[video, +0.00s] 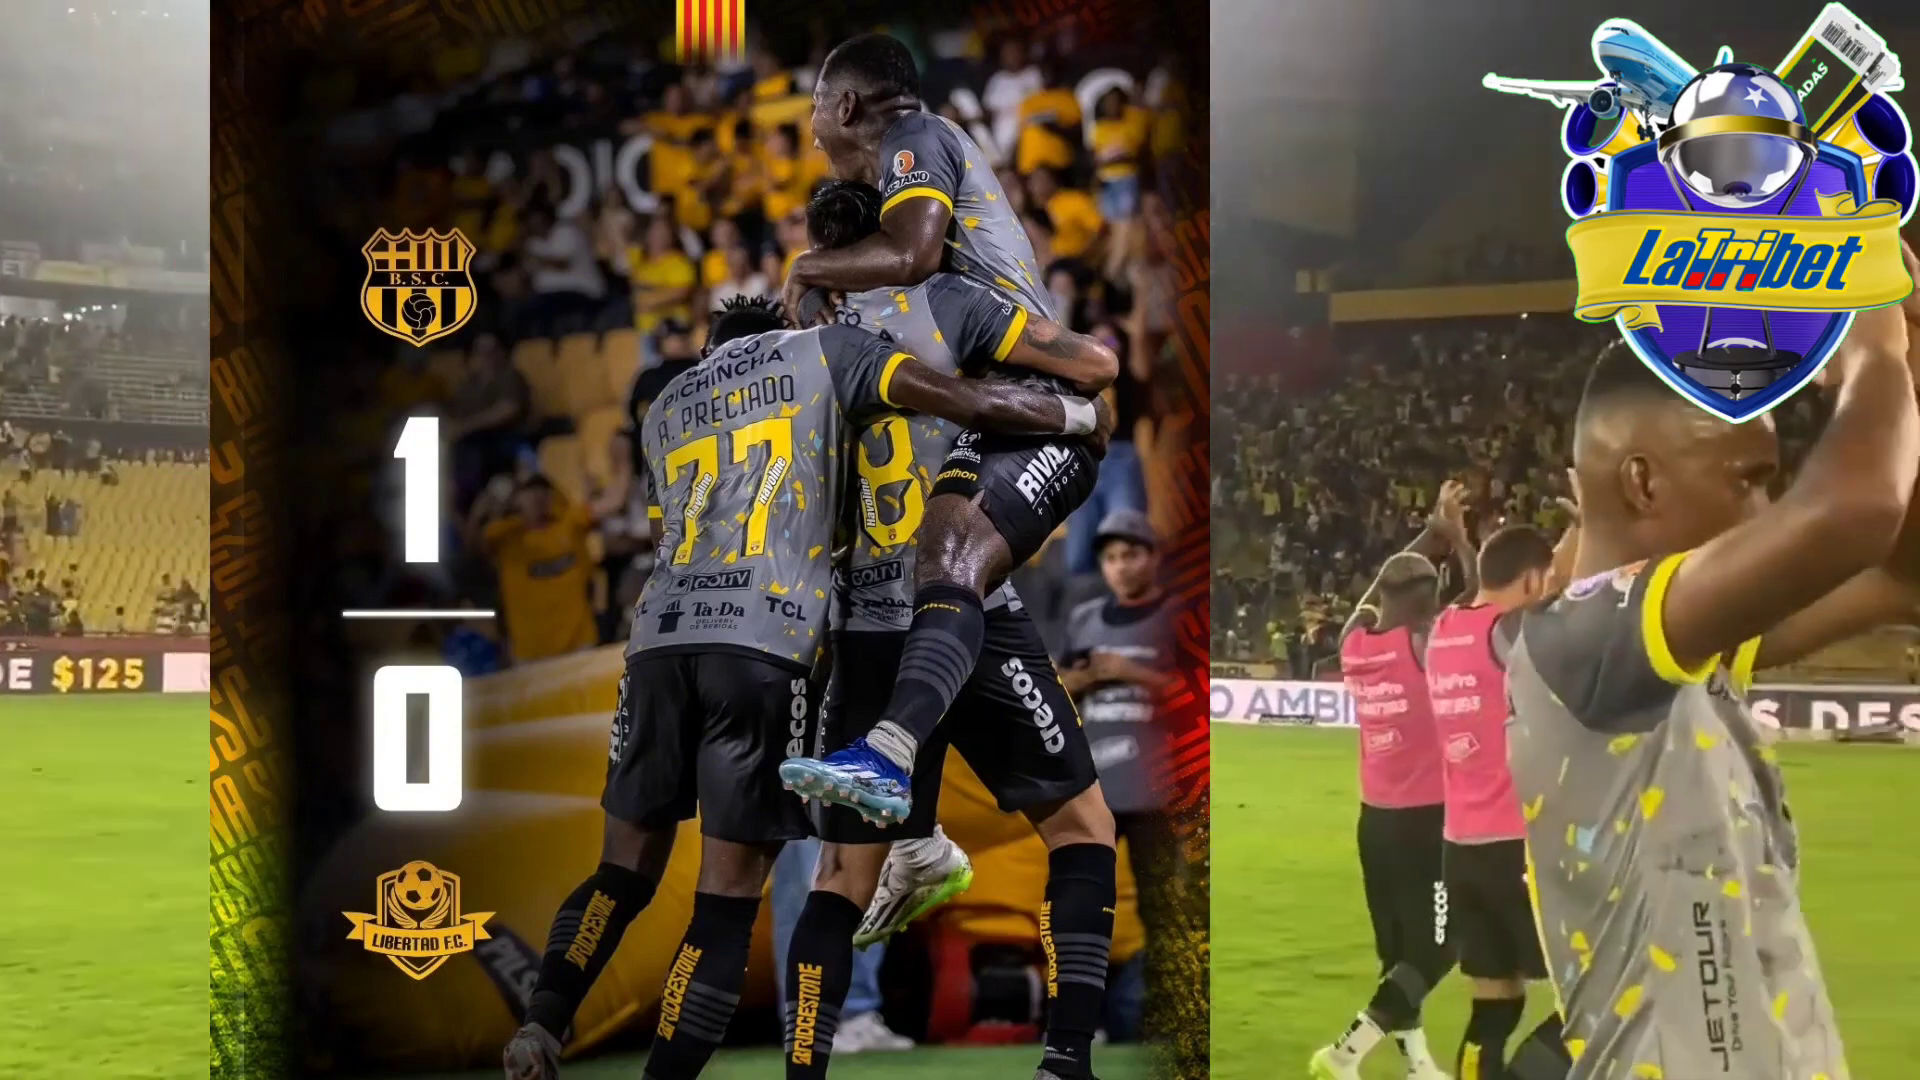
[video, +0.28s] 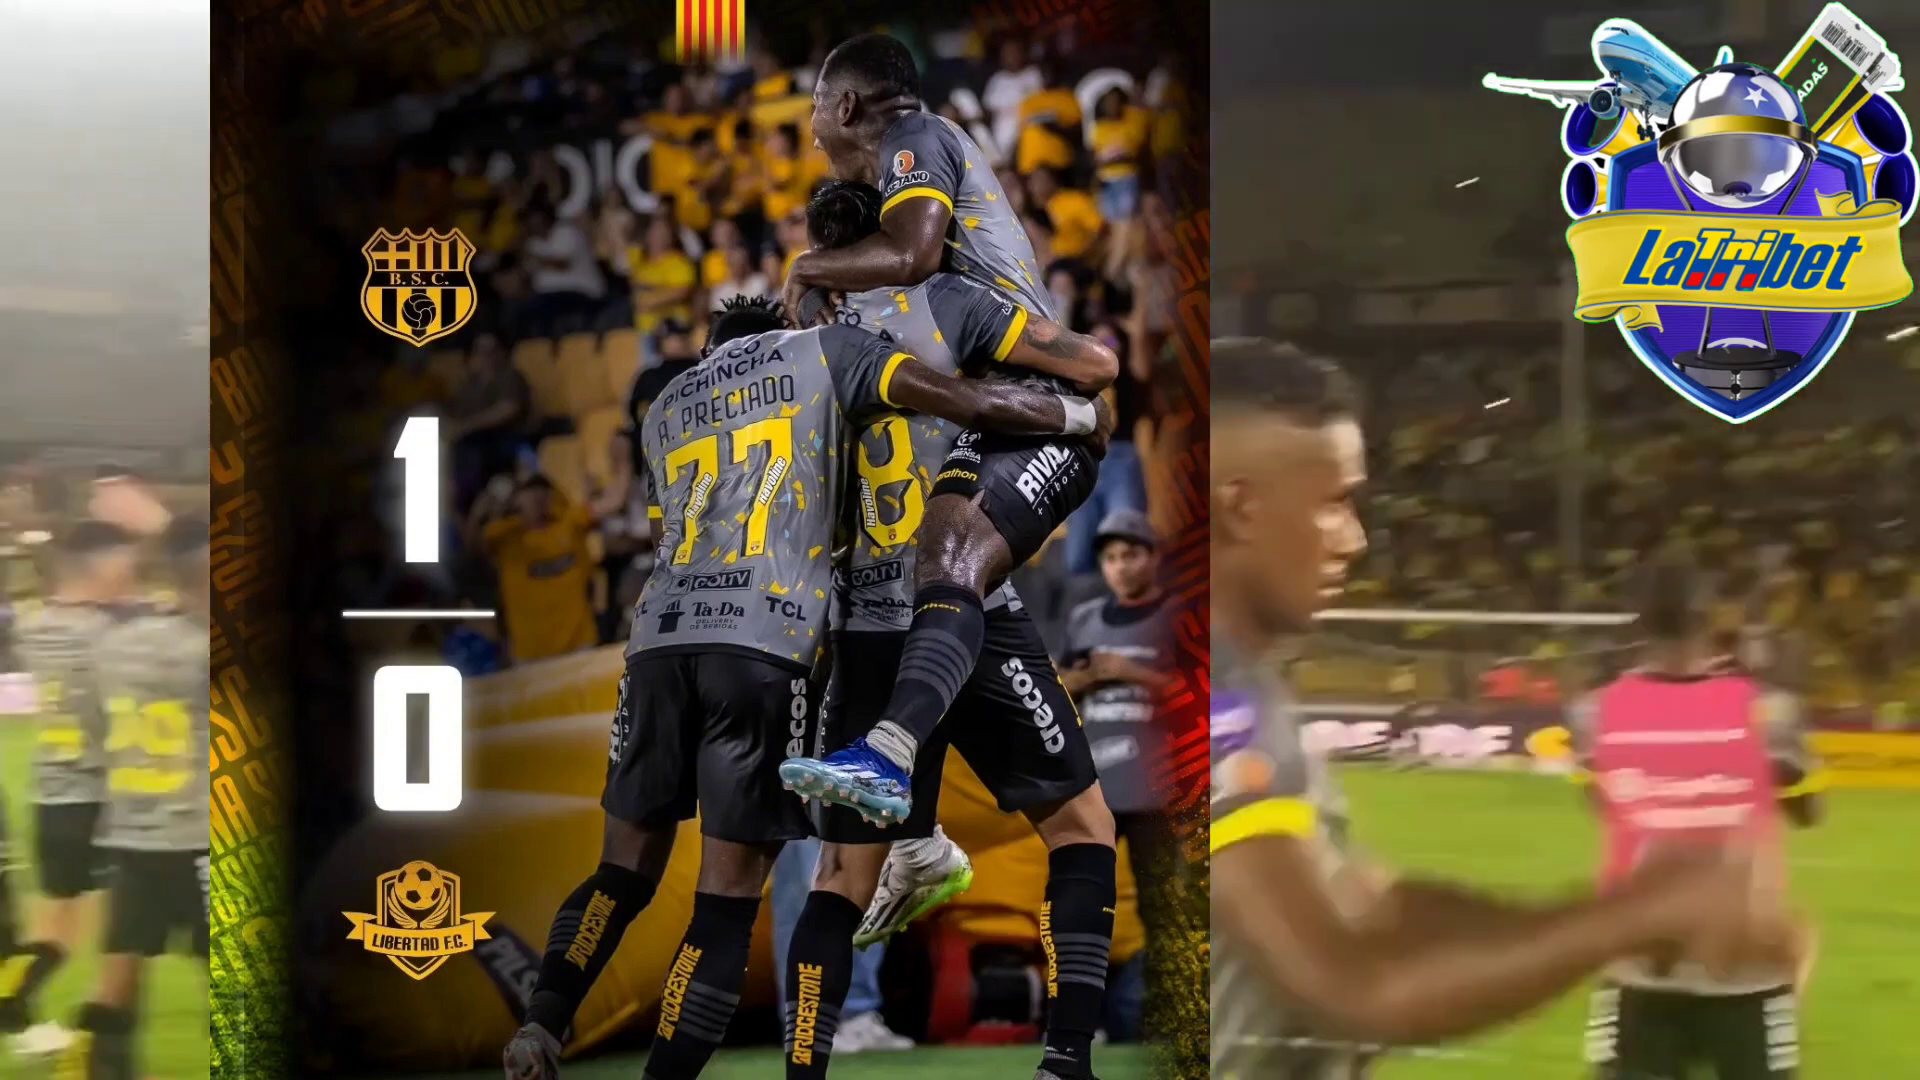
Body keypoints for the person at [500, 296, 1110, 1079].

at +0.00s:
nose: (828, 326)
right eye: (816, 319)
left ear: (709, 345)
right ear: (792, 324)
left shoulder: (661, 406)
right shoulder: (829, 348)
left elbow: (681, 519)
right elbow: (969, 399)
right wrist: (1087, 418)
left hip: (658, 648)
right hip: (762, 648)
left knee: (623, 865)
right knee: (728, 891)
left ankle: (542, 1027)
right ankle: (667, 1076)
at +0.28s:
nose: (828, 325)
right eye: (816, 318)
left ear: (708, 345)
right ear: (790, 323)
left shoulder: (660, 407)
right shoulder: (830, 348)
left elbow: (679, 522)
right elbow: (973, 400)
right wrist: (1089, 417)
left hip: (657, 648)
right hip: (762, 648)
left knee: (623, 865)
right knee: (728, 892)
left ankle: (542, 1027)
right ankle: (667, 1075)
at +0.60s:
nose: (826, 325)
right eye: (814, 319)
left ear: (710, 345)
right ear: (793, 324)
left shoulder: (661, 406)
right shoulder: (829, 348)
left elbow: (682, 519)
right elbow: (970, 399)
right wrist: (1086, 418)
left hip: (657, 648)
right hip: (762, 649)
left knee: (623, 865)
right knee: (727, 892)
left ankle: (542, 1027)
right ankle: (667, 1075)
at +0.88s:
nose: (826, 325)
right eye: (814, 319)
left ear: (709, 346)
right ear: (792, 324)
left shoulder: (660, 405)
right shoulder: (830, 348)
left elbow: (680, 520)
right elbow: (970, 400)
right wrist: (1088, 417)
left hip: (657, 648)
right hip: (762, 649)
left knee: (623, 865)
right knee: (727, 892)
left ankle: (542, 1028)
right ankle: (667, 1075)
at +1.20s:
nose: (828, 325)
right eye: (816, 318)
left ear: (708, 345)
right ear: (790, 323)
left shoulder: (660, 407)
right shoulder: (830, 348)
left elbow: (679, 522)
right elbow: (973, 400)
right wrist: (1089, 417)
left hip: (657, 648)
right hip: (762, 648)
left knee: (623, 865)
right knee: (728, 892)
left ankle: (542, 1027)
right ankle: (667, 1075)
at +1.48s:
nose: (824, 324)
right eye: (812, 317)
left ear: (708, 346)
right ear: (791, 323)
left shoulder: (659, 403)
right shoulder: (831, 348)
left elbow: (677, 520)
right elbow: (971, 400)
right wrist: (1088, 417)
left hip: (657, 648)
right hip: (761, 648)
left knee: (623, 865)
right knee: (727, 892)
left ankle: (541, 1027)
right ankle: (667, 1075)